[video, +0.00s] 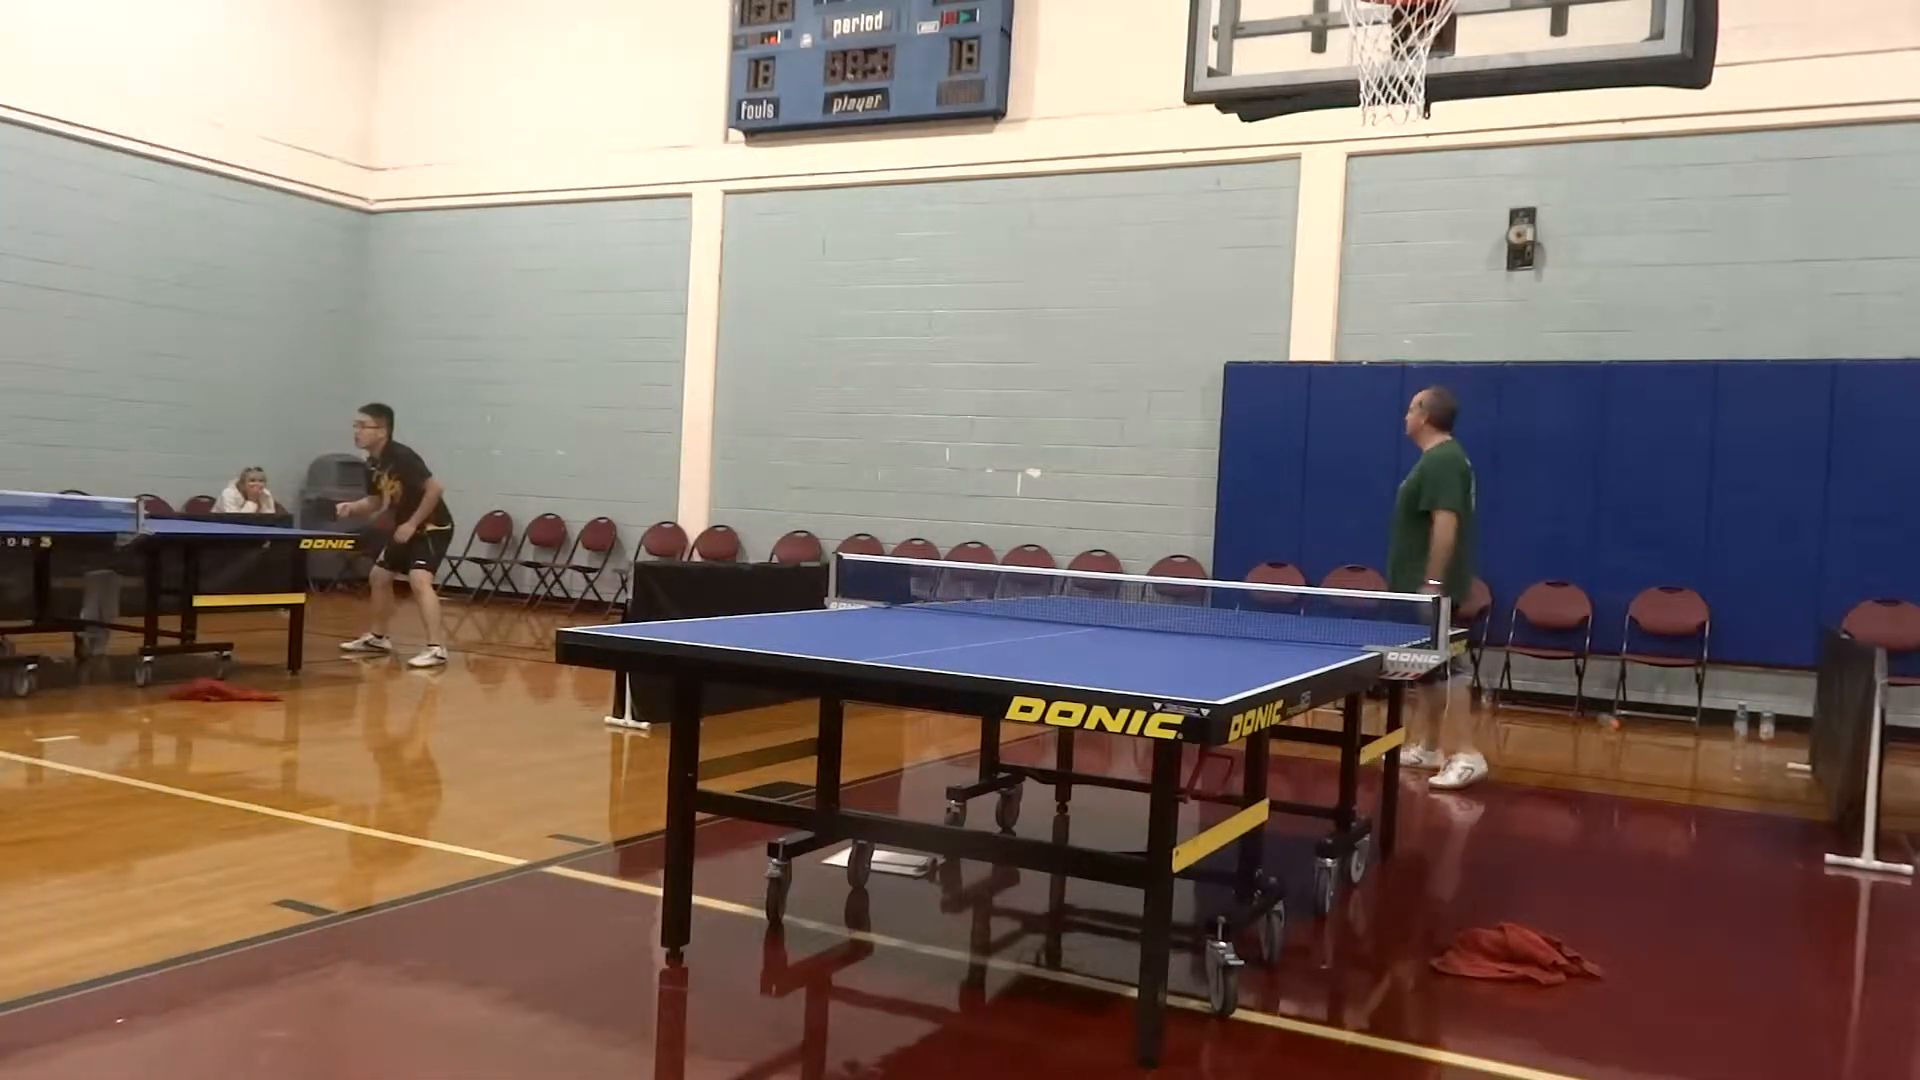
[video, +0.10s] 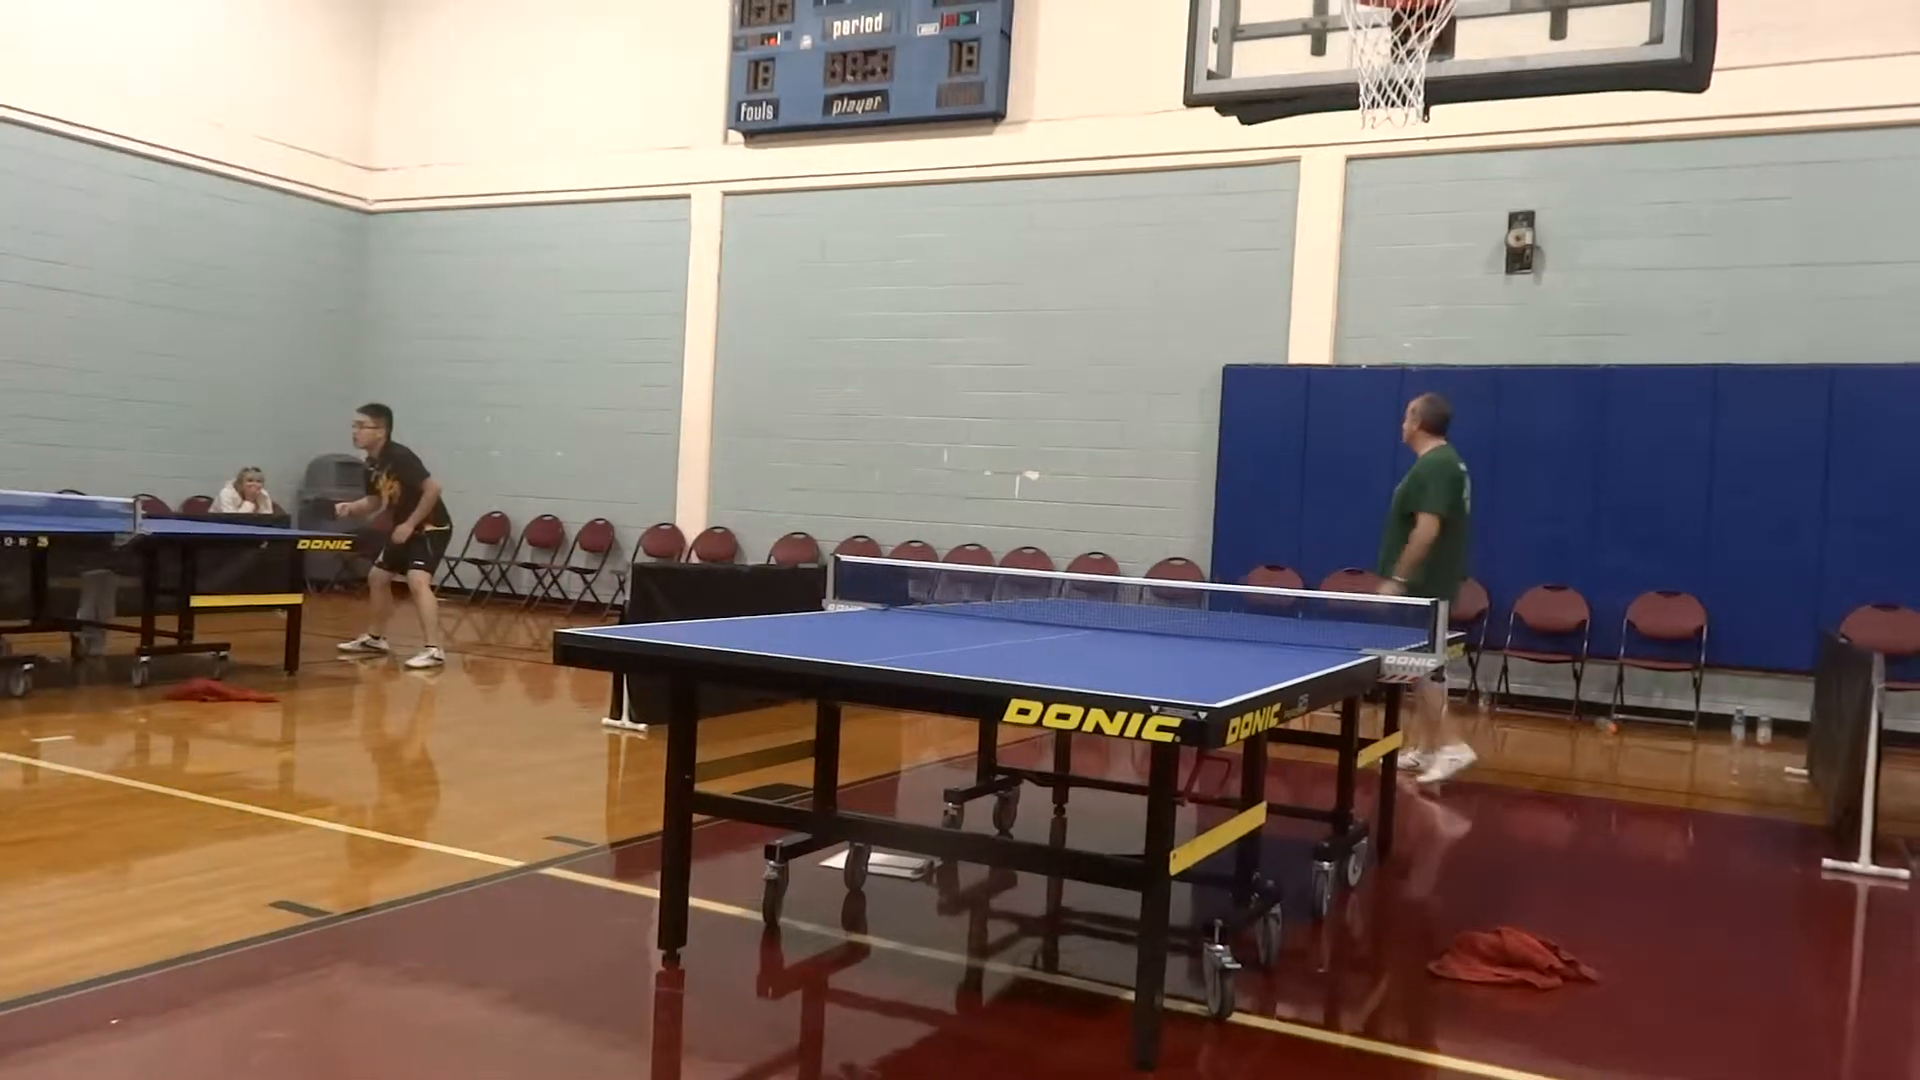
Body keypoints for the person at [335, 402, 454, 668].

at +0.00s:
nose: (356, 431)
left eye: (363, 426)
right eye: (356, 425)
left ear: (382, 431)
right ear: (370, 432)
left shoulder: (403, 456)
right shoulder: (372, 464)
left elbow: (434, 488)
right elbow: (376, 500)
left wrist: (412, 524)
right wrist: (353, 507)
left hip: (433, 526)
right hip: (405, 526)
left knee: (419, 578)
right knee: (379, 576)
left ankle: (436, 648)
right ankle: (378, 638)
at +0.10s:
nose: (355, 431)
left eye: (362, 427)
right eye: (355, 426)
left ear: (381, 432)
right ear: (369, 432)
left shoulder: (401, 456)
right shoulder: (371, 464)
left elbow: (432, 488)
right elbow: (375, 500)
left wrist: (410, 524)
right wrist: (351, 507)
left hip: (431, 527)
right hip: (404, 527)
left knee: (417, 580)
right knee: (377, 577)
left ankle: (433, 650)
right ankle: (376, 639)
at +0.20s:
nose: (356, 437)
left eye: (363, 432)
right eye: (356, 431)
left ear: (381, 437)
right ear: (373, 437)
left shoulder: (402, 461)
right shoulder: (372, 470)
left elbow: (435, 494)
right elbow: (376, 505)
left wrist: (412, 528)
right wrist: (353, 513)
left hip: (433, 532)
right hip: (407, 532)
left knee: (419, 583)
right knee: (379, 581)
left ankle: (437, 654)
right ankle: (378, 643)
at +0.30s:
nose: (356, 428)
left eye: (363, 423)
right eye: (357, 423)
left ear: (383, 429)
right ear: (373, 429)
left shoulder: (403, 454)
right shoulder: (372, 461)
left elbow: (435, 486)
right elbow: (376, 497)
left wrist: (412, 521)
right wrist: (354, 504)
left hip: (432, 524)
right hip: (406, 525)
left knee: (419, 576)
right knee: (378, 573)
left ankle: (435, 646)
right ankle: (376, 635)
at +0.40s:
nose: (354, 428)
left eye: (361, 423)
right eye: (355, 422)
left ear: (380, 428)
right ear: (371, 429)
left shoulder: (400, 453)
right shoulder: (369, 461)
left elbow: (432, 486)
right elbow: (374, 497)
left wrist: (409, 520)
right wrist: (352, 504)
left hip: (430, 523)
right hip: (404, 524)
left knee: (417, 576)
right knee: (377, 573)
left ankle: (433, 646)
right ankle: (374, 635)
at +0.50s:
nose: (354, 429)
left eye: (360, 424)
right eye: (354, 423)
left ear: (380, 429)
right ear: (370, 430)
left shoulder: (399, 454)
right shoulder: (369, 461)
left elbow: (431, 486)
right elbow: (373, 497)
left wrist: (409, 521)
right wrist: (350, 506)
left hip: (429, 524)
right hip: (403, 525)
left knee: (416, 577)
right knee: (376, 574)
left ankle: (432, 647)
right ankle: (373, 636)